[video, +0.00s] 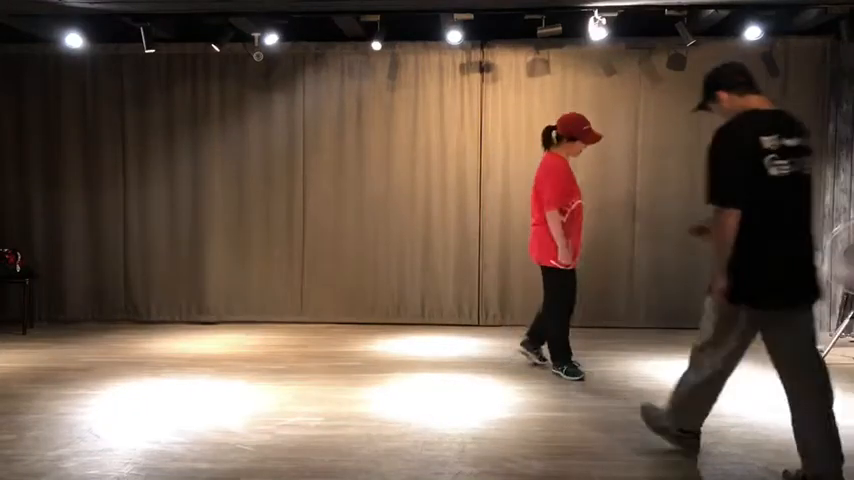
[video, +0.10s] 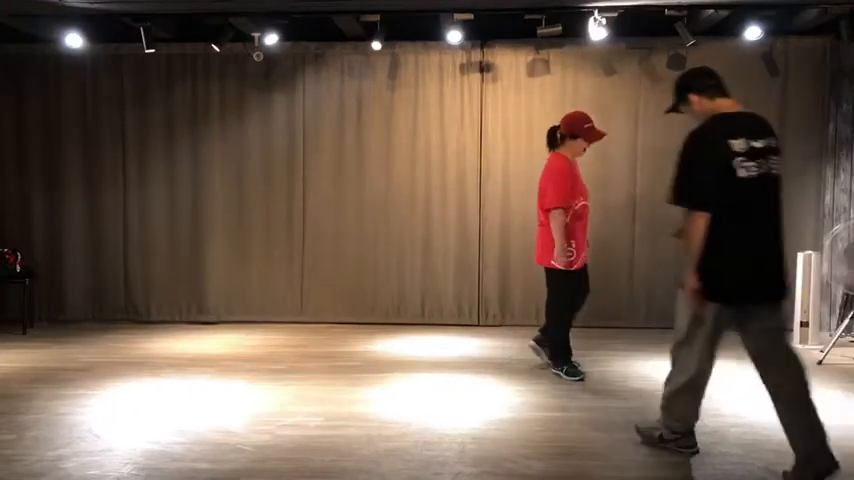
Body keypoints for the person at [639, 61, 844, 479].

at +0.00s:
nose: (717, 115)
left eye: (714, 108)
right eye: (713, 109)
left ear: (723, 97)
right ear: (754, 91)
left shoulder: (732, 135)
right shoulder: (793, 127)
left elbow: (730, 213)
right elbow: (786, 203)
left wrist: (720, 271)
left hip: (749, 269)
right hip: (794, 267)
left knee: (713, 353)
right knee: (803, 371)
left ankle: (681, 423)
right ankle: (825, 468)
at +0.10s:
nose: (688, 114)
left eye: (685, 107)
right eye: (686, 108)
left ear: (696, 99)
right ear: (723, 93)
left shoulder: (705, 138)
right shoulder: (761, 127)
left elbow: (700, 211)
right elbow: (762, 200)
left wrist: (692, 268)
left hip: (719, 265)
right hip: (763, 262)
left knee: (693, 349)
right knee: (775, 357)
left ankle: (676, 430)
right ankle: (815, 457)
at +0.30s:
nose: (643, 113)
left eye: (641, 107)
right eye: (640, 108)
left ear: (650, 97)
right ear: (674, 91)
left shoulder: (656, 132)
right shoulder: (714, 126)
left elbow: (639, 200)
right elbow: (710, 195)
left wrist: (626, 251)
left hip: (668, 255)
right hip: (710, 252)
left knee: (665, 340)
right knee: (690, 329)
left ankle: (675, 429)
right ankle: (717, 402)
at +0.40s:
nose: (625, 114)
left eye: (623, 108)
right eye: (622, 109)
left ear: (632, 99)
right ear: (658, 95)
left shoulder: (635, 133)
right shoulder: (697, 131)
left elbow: (612, 199)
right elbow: (707, 198)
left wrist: (600, 234)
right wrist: (715, 250)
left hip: (649, 250)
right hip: (685, 247)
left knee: (658, 339)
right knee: (654, 333)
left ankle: (675, 428)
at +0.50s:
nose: (608, 117)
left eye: (607, 112)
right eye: (607, 113)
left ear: (615, 105)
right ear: (642, 101)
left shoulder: (615, 138)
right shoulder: (677, 138)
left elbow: (590, 196)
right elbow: (692, 197)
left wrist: (572, 230)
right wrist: (706, 247)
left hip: (629, 254)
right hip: (666, 252)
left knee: (648, 343)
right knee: (635, 334)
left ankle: (674, 427)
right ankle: (605, 392)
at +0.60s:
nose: (590, 121)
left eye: (590, 115)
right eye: (589, 116)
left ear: (599, 109)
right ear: (625, 106)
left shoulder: (596, 141)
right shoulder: (658, 141)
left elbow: (571, 198)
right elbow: (670, 202)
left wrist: (555, 237)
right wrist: (684, 249)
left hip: (607, 254)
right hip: (647, 252)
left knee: (626, 338)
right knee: (619, 333)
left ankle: (667, 415)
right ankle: (597, 396)